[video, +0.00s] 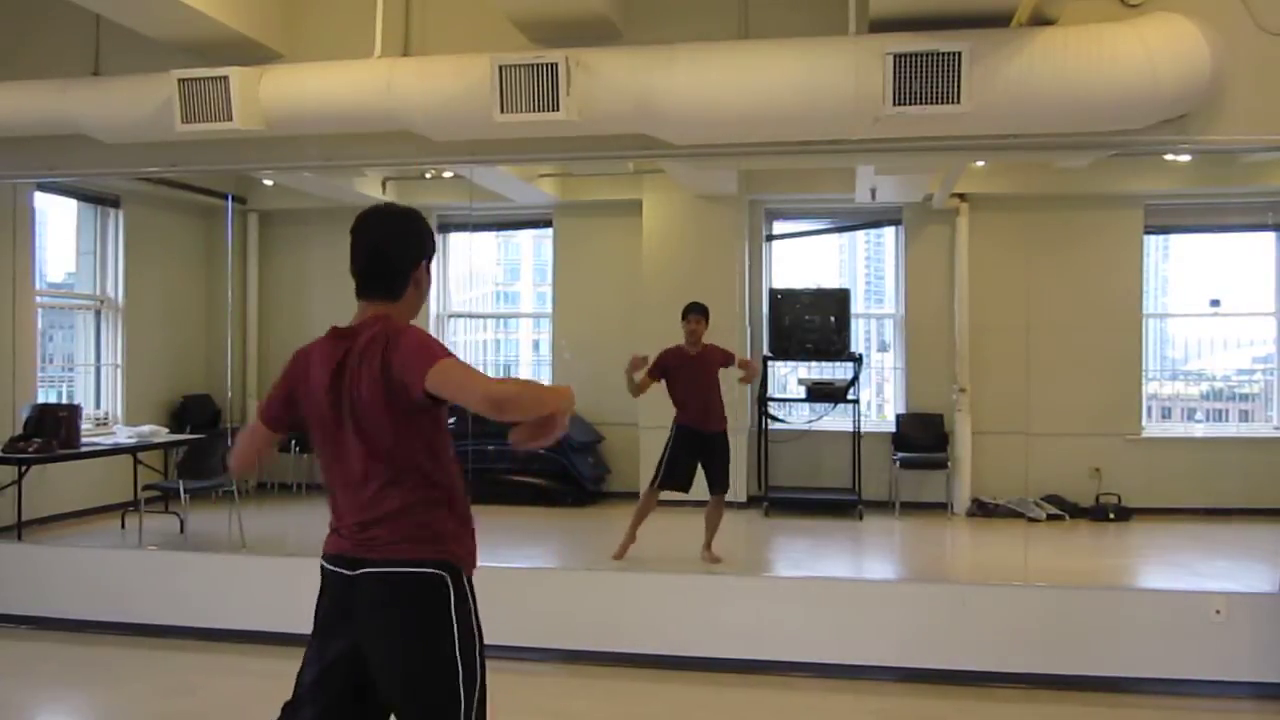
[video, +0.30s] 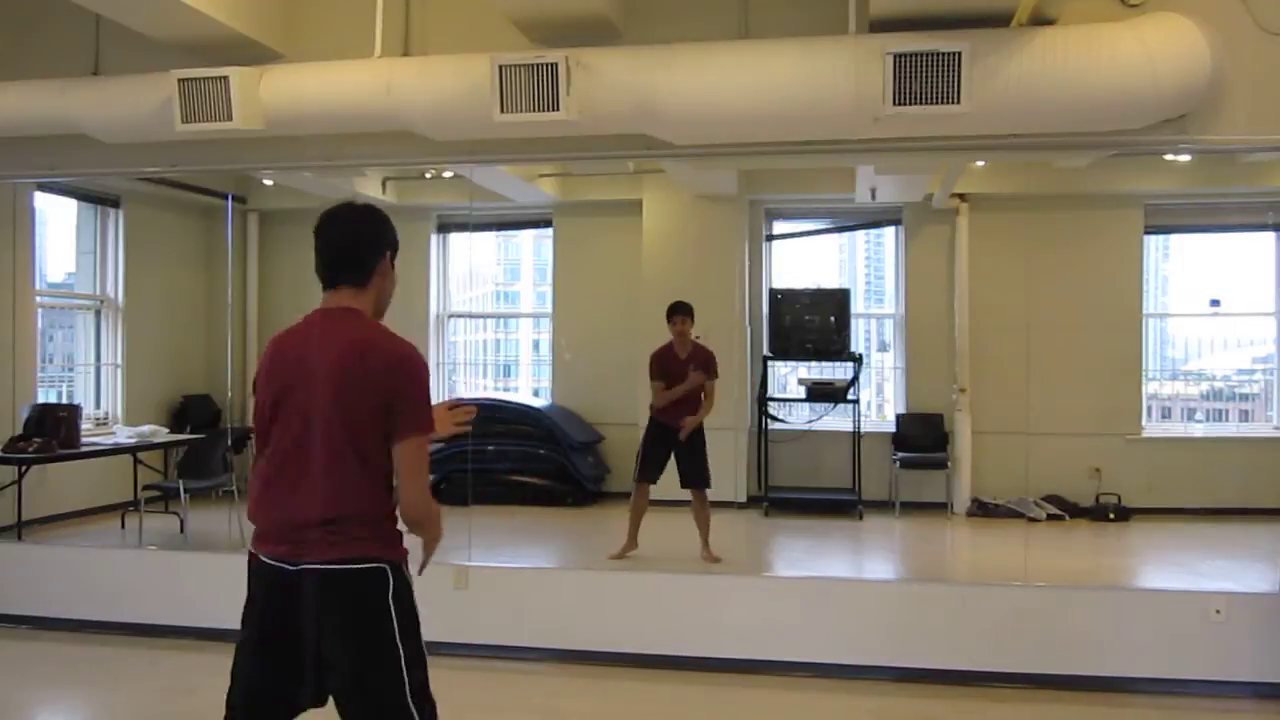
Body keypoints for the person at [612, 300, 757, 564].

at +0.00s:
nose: (692, 326)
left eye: (698, 322)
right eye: (688, 321)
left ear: (706, 326)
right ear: (682, 324)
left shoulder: (715, 354)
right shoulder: (669, 357)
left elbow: (747, 366)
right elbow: (636, 391)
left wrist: (752, 373)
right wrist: (629, 373)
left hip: (715, 431)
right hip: (684, 429)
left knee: (719, 494)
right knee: (656, 487)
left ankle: (707, 547)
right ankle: (629, 536)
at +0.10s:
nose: (694, 329)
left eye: (699, 325)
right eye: (690, 324)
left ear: (706, 329)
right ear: (682, 326)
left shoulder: (712, 360)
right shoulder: (665, 353)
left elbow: (750, 376)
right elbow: (627, 377)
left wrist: (744, 392)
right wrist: (652, 378)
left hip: (706, 433)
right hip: (674, 431)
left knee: (712, 494)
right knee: (652, 489)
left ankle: (707, 547)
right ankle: (636, 541)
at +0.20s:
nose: (689, 330)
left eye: (695, 325)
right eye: (685, 324)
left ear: (702, 330)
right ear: (678, 327)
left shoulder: (708, 363)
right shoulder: (662, 356)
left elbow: (732, 402)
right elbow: (634, 391)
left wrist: (716, 411)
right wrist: (668, 389)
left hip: (697, 434)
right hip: (665, 432)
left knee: (707, 494)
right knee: (644, 487)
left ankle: (706, 547)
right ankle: (633, 541)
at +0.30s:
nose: (679, 327)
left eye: (684, 322)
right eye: (674, 323)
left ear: (692, 324)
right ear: (668, 325)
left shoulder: (705, 356)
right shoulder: (659, 357)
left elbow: (708, 399)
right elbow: (658, 400)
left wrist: (695, 420)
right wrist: (688, 384)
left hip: (691, 426)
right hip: (660, 425)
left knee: (698, 489)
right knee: (642, 483)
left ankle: (705, 547)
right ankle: (631, 541)